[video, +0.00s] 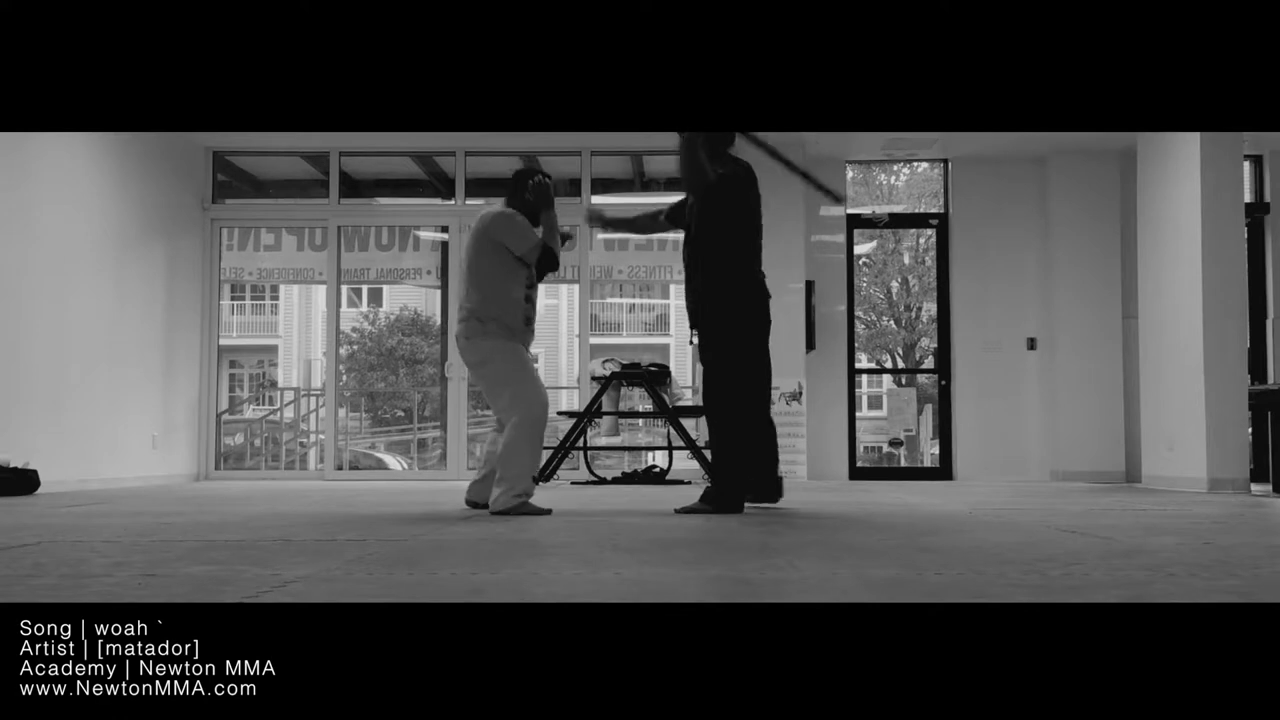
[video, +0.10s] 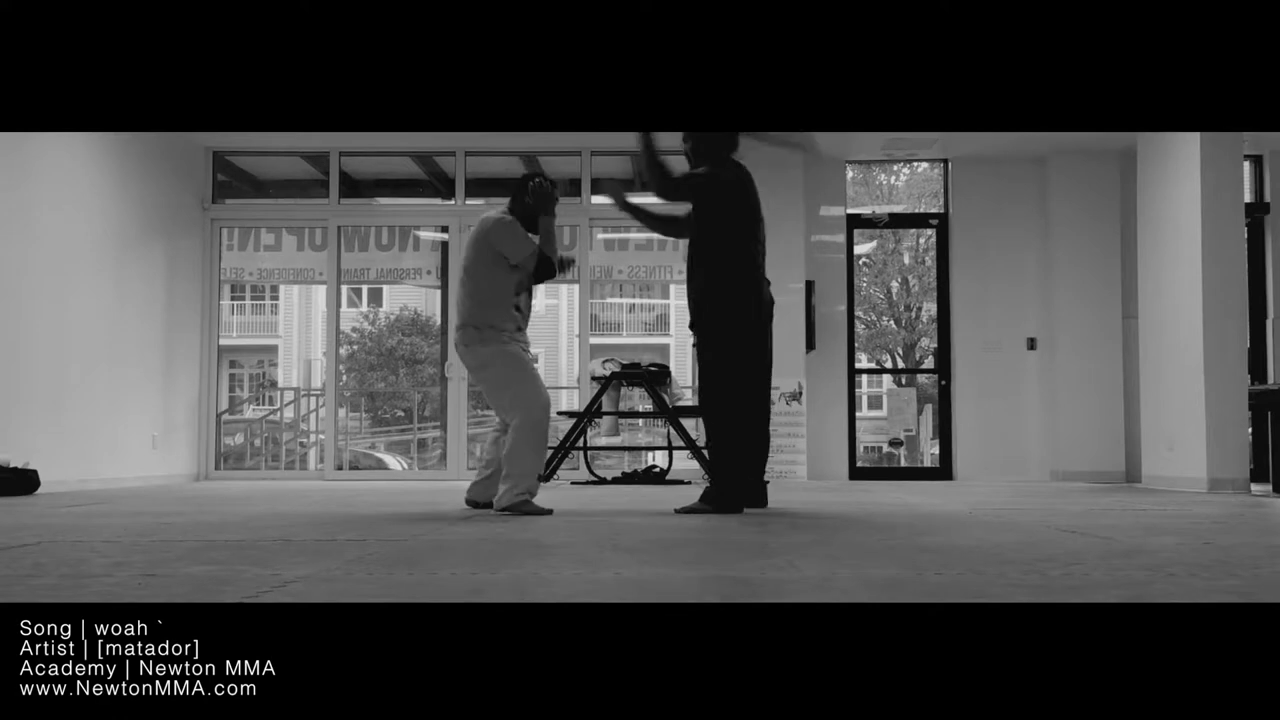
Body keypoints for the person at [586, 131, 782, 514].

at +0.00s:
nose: (684, 155)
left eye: (692, 146)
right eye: (688, 149)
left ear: (706, 144)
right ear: (721, 143)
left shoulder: (736, 176)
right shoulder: (708, 190)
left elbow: (698, 186)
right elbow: (659, 219)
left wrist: (688, 141)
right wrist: (607, 221)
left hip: (734, 312)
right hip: (725, 312)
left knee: (724, 399)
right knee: (746, 396)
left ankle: (725, 494)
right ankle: (764, 483)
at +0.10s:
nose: (686, 148)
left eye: (691, 141)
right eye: (687, 142)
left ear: (707, 142)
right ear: (723, 144)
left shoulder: (723, 177)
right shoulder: (728, 183)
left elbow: (666, 185)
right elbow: (681, 226)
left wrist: (645, 141)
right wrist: (626, 205)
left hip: (727, 312)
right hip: (738, 310)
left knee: (721, 399)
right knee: (742, 398)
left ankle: (725, 494)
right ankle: (748, 490)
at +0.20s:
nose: (688, 152)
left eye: (692, 145)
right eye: (690, 146)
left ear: (705, 146)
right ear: (729, 147)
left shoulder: (713, 181)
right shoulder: (742, 184)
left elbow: (661, 208)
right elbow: (703, 241)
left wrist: (619, 196)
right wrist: (664, 221)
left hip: (724, 313)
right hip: (751, 312)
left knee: (716, 398)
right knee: (746, 397)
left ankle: (722, 493)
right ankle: (747, 488)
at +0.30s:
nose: (691, 152)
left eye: (694, 145)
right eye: (692, 146)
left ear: (706, 147)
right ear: (735, 149)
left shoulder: (705, 186)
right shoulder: (750, 188)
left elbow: (662, 230)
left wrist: (629, 255)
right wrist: (673, 216)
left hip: (722, 317)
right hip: (759, 315)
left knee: (716, 400)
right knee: (750, 399)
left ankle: (720, 493)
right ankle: (748, 488)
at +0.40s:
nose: (691, 159)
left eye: (693, 151)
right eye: (692, 151)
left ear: (704, 151)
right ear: (734, 153)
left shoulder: (701, 188)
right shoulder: (753, 193)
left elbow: (671, 237)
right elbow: (759, 253)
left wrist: (662, 265)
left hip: (719, 317)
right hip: (760, 317)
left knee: (715, 400)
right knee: (752, 400)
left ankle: (718, 492)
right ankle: (749, 489)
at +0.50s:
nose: (688, 158)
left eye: (691, 150)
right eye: (689, 150)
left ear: (701, 152)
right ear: (732, 152)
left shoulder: (703, 188)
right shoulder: (752, 192)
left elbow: (665, 227)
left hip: (722, 315)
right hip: (760, 314)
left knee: (715, 399)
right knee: (753, 398)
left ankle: (718, 492)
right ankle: (750, 489)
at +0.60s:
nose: (689, 155)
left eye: (692, 148)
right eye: (691, 149)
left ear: (701, 150)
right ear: (729, 152)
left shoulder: (712, 182)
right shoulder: (741, 187)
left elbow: (658, 205)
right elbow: (707, 236)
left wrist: (662, 180)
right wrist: (680, 221)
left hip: (726, 314)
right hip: (755, 312)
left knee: (716, 398)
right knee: (749, 398)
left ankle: (718, 492)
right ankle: (749, 490)